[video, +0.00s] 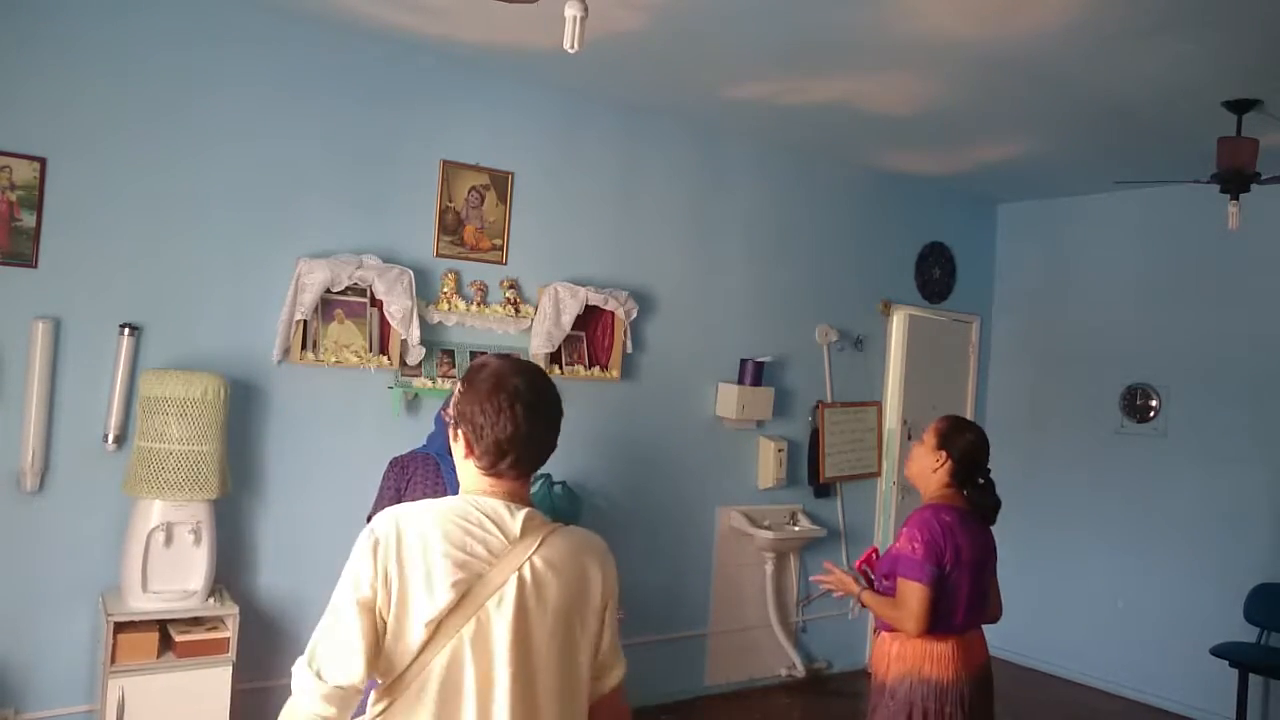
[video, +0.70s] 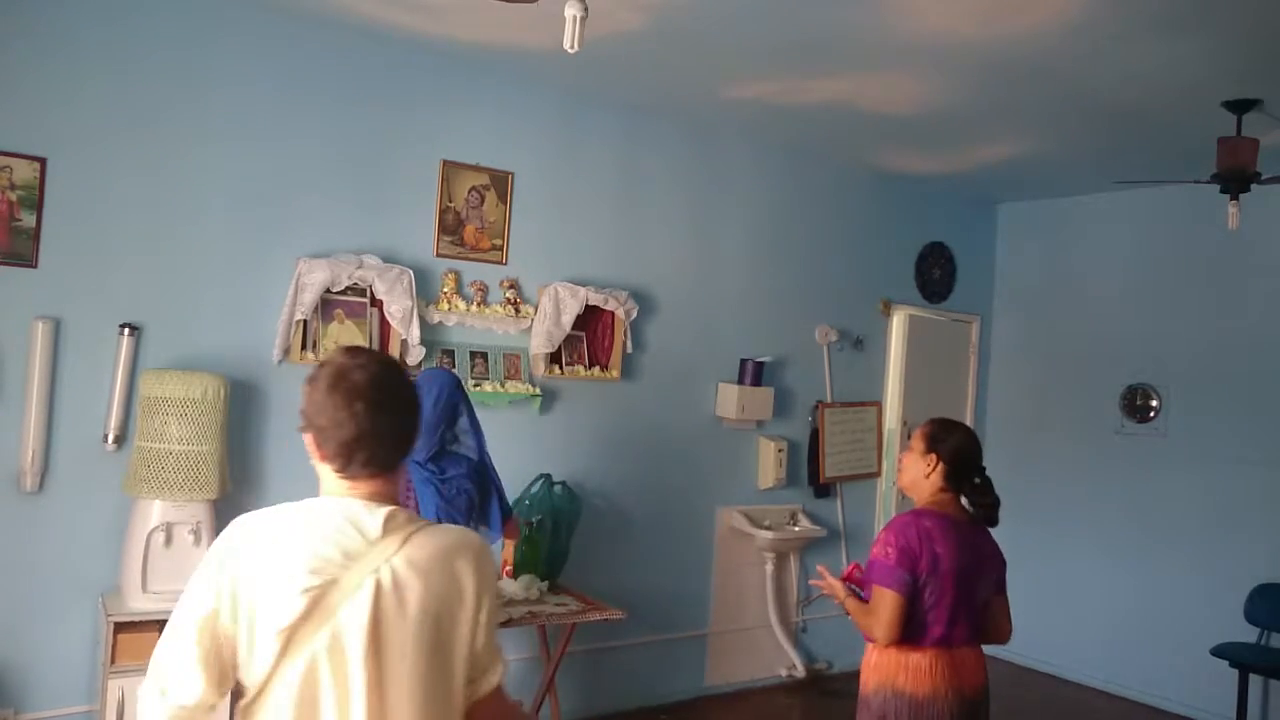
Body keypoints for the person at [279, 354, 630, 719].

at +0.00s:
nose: (447, 430)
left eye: (450, 421)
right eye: (450, 419)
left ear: (460, 440)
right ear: (549, 448)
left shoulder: (391, 536)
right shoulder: (591, 558)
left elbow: (327, 693)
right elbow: (607, 700)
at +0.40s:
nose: (390, 427)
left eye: (393, 418)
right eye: (393, 415)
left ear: (407, 439)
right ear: (494, 444)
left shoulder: (339, 537)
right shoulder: (542, 555)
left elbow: (295, 696)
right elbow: (553, 696)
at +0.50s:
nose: (360, 424)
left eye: (363, 417)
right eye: (363, 415)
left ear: (373, 438)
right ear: (464, 445)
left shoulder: (305, 540)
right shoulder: (516, 556)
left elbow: (256, 703)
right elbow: (546, 705)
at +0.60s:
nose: (330, 426)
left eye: (332, 417)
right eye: (334, 415)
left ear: (341, 437)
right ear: (433, 442)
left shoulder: (277, 539)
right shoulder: (491, 554)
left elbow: (216, 702)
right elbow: (517, 705)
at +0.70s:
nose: (309, 439)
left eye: (308, 429)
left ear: (312, 447)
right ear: (410, 441)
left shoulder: (246, 544)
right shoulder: (465, 554)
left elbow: (171, 704)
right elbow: (482, 699)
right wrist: (513, 713)